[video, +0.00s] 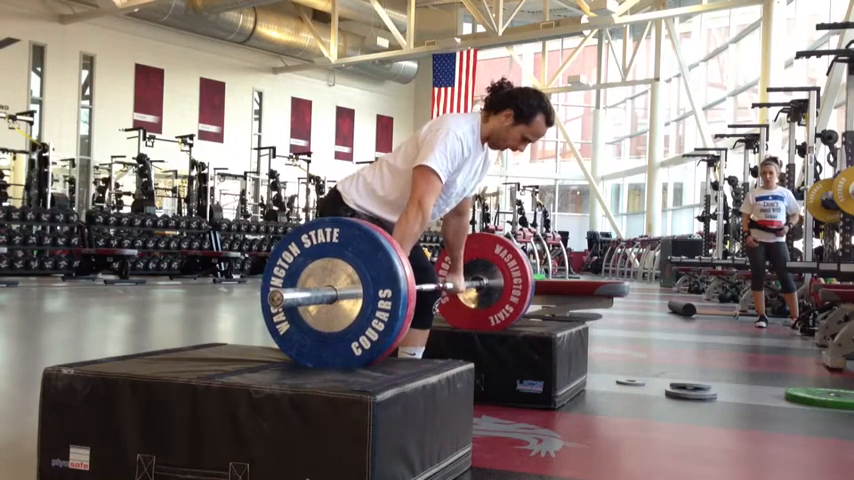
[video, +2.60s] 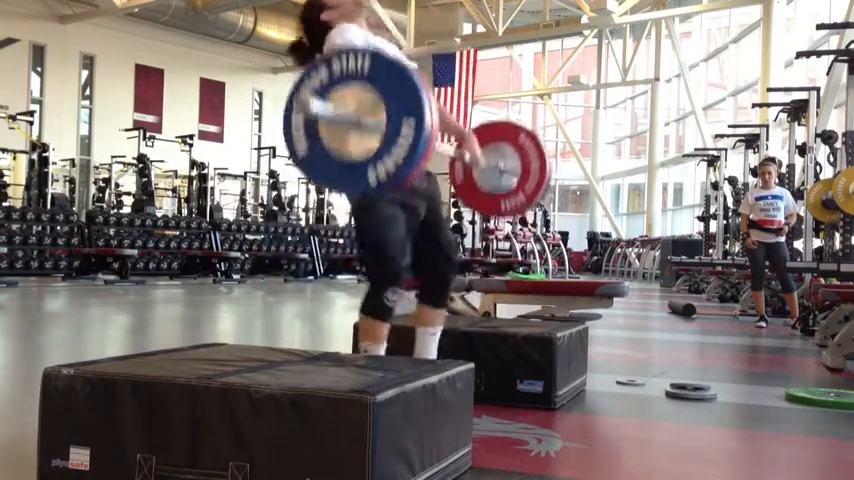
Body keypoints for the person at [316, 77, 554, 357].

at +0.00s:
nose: (521, 148)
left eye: (529, 143)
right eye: (524, 138)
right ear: (507, 116)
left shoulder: (483, 153)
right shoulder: (453, 132)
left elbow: (457, 215)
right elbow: (419, 207)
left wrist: (457, 271)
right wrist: (388, 270)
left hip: (389, 223)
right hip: (350, 210)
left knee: (424, 287)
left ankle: (406, 382)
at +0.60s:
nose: (492, 96)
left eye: (493, 89)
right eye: (488, 87)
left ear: (467, 86)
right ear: (460, 82)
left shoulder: (455, 140)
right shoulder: (421, 121)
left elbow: (446, 208)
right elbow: (403, 199)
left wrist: (456, 264)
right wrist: (386, 269)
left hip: (384, 228)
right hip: (343, 219)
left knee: (427, 289)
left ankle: (405, 384)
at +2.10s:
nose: (473, 40)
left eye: (468, 34)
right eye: (463, 35)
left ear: (450, 53)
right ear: (443, 52)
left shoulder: (457, 108)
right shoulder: (429, 94)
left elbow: (450, 183)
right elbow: (408, 173)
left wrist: (457, 246)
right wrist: (398, 243)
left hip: (396, 205)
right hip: (361, 200)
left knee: (424, 283)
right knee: (376, 289)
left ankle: (407, 381)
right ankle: (366, 388)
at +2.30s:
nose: (466, 13)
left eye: (461, 7)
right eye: (455, 8)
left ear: (443, 27)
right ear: (436, 26)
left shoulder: (457, 79)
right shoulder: (429, 64)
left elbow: (450, 154)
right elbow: (406, 139)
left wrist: (454, 212)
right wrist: (392, 209)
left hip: (413, 205)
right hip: (385, 202)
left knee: (434, 285)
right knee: (402, 285)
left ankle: (412, 383)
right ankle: (374, 385)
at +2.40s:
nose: (410, 2)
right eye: (398, 1)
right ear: (378, 18)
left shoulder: (419, 62)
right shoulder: (391, 52)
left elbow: (433, 140)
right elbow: (389, 127)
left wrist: (455, 196)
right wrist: (404, 196)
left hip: (442, 201)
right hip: (412, 199)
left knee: (454, 291)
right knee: (409, 295)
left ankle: (417, 374)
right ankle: (376, 380)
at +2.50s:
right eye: (337, 1)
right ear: (334, 20)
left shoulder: (389, 52)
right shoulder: (354, 44)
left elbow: (420, 115)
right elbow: (368, 105)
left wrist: (457, 158)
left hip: (426, 183)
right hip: (390, 182)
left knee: (426, 278)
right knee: (387, 280)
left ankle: (415, 373)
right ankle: (371, 377)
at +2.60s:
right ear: (327, 14)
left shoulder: (383, 43)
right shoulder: (343, 38)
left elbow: (420, 97)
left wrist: (462, 132)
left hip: (419, 181)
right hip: (378, 185)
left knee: (441, 268)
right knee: (387, 277)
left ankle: (423, 372)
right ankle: (369, 378)